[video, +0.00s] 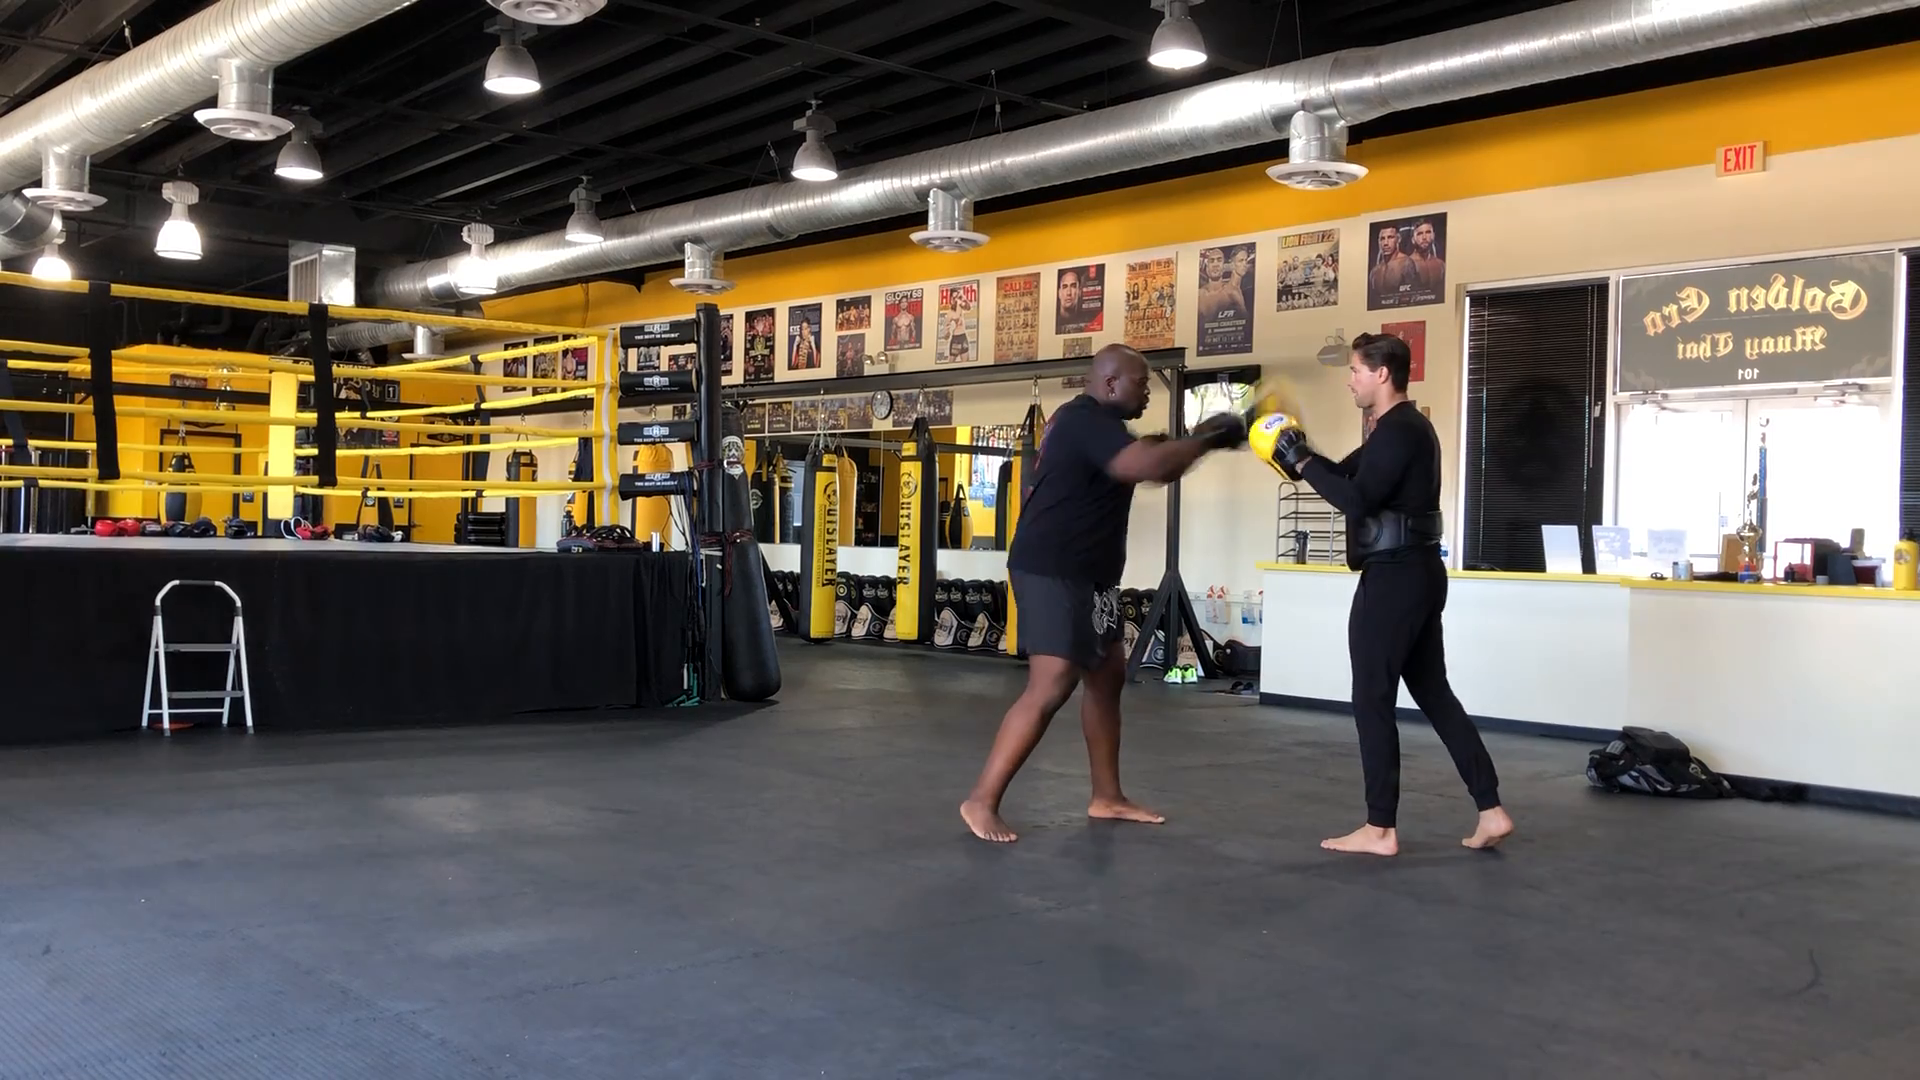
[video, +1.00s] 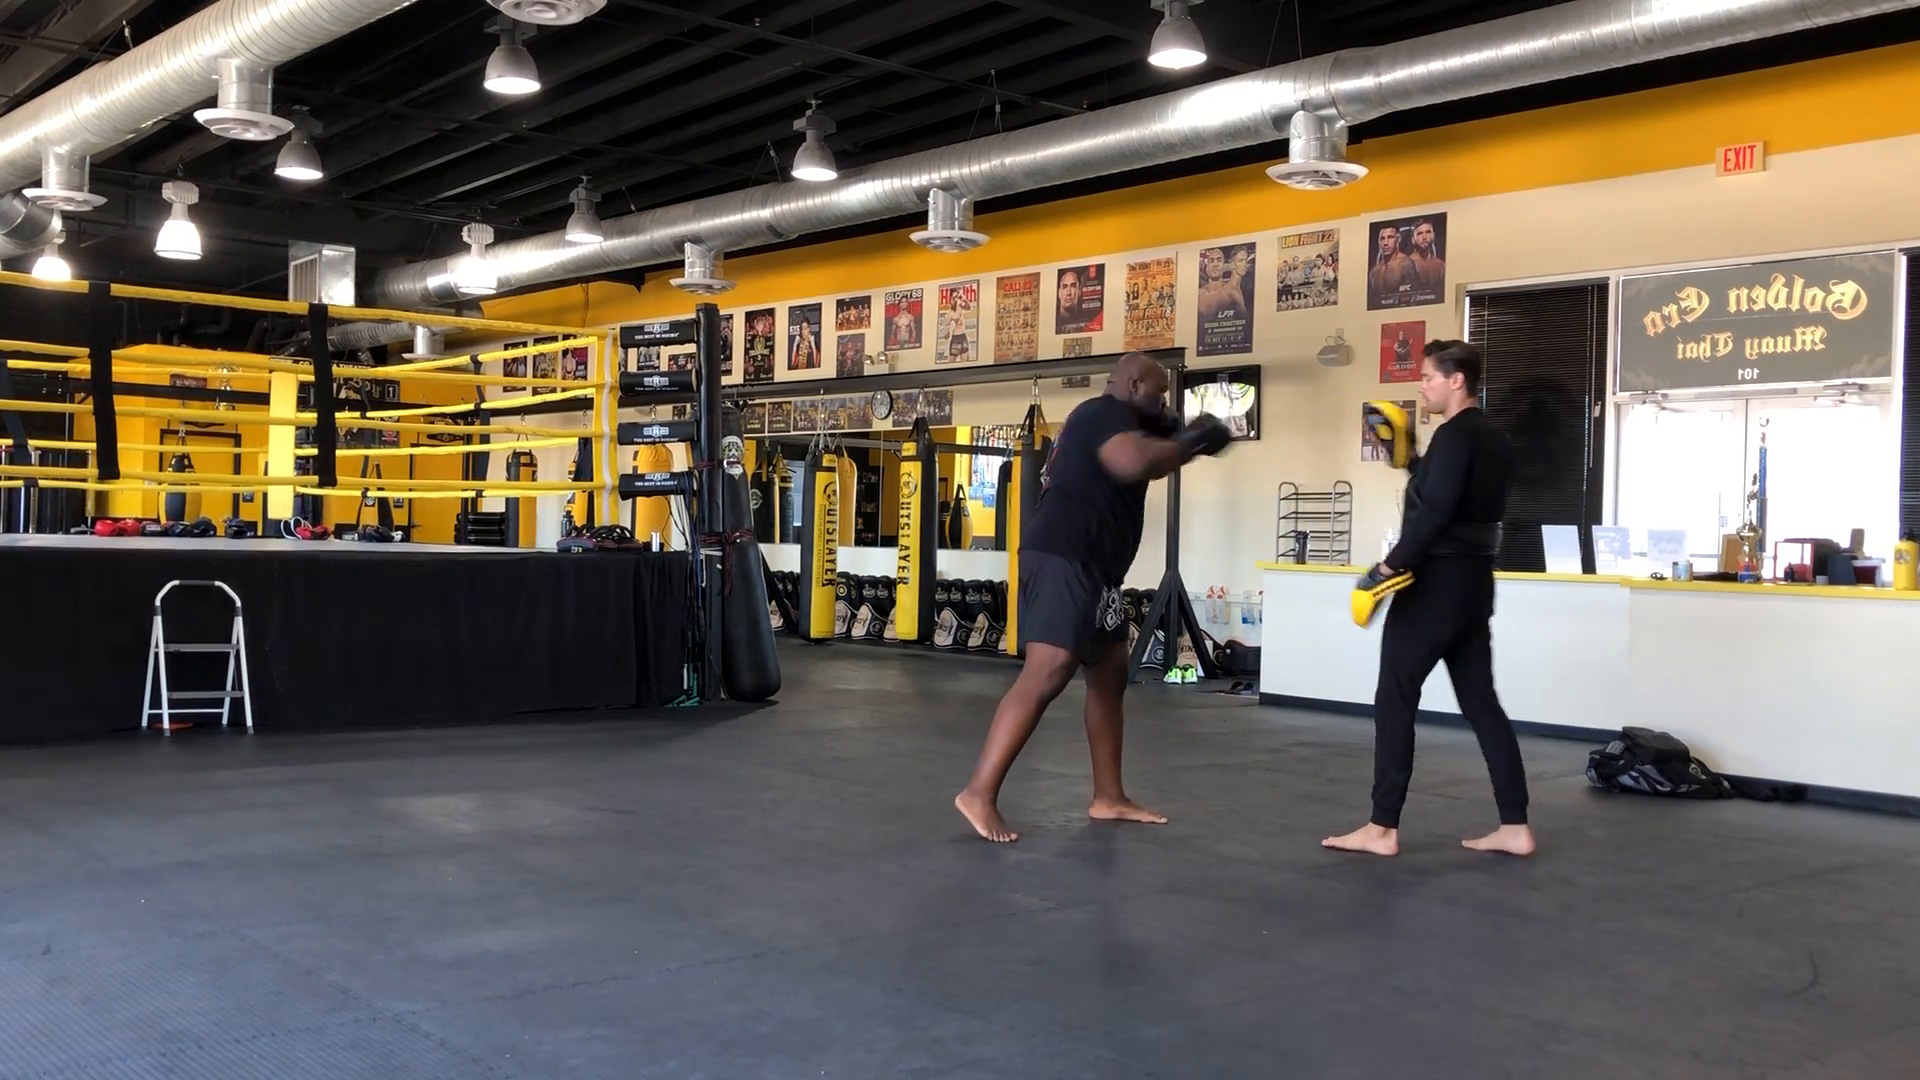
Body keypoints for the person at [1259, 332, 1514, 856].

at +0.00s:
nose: (1349, 382)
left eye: (1356, 372)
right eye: (1350, 373)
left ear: (1383, 375)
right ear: (1387, 375)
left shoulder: (1395, 430)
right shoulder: (1404, 425)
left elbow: (1357, 501)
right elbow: (1347, 478)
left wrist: (1301, 460)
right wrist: (1298, 457)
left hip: (1390, 579)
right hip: (1419, 576)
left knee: (1371, 702)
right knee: (1435, 695)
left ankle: (1380, 829)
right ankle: (1491, 811)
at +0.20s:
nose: (1350, 380)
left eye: (1355, 371)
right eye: (1351, 371)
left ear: (1380, 374)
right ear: (1395, 374)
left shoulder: (1379, 430)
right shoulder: (1432, 430)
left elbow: (1321, 489)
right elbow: (1388, 493)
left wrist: (1281, 445)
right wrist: (1334, 458)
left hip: (1382, 577)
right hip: (1427, 574)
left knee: (1371, 703)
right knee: (1444, 693)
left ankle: (1380, 828)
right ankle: (1493, 812)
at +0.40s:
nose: (1354, 379)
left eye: (1358, 368)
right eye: (1356, 368)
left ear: (1381, 373)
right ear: (1402, 375)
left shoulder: (1374, 429)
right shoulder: (1440, 429)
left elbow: (1314, 483)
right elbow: (1396, 484)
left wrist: (1265, 443)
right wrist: (1349, 436)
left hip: (1384, 575)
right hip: (1434, 573)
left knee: (1374, 700)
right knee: (1448, 693)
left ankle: (1380, 828)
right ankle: (1492, 812)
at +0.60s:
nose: (1365, 375)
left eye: (1374, 367)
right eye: (1367, 366)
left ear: (1402, 375)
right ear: (1403, 376)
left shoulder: (1409, 429)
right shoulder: (1415, 427)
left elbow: (1389, 505)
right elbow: (1352, 492)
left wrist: (1328, 501)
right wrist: (1337, 429)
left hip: (1395, 579)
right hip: (1423, 575)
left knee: (1374, 702)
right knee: (1433, 691)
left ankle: (1380, 828)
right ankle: (1496, 806)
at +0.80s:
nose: (1386, 380)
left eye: (1394, 371)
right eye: (1387, 371)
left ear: (1424, 377)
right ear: (1421, 378)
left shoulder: (1436, 433)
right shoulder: (1423, 429)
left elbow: (1432, 515)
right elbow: (1373, 482)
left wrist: (1363, 545)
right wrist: (1336, 434)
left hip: (1412, 583)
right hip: (1430, 580)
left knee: (1382, 703)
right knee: (1447, 697)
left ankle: (1380, 828)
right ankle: (1509, 809)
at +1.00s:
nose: (1421, 388)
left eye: (1427, 379)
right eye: (1421, 378)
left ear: (1456, 381)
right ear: (1460, 385)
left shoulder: (1455, 435)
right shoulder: (1492, 435)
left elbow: (1432, 512)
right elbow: (1442, 491)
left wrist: (1387, 569)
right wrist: (1404, 454)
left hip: (1433, 582)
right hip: (1472, 582)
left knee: (1393, 700)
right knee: (1481, 703)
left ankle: (1382, 827)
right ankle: (1515, 827)